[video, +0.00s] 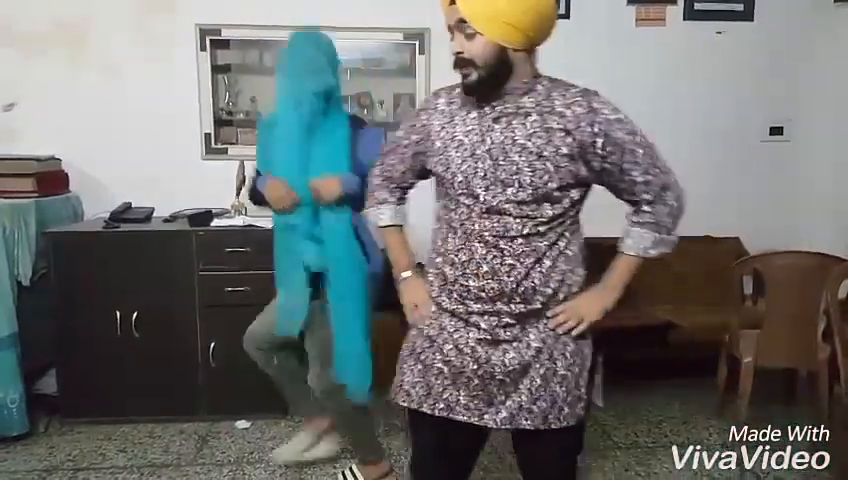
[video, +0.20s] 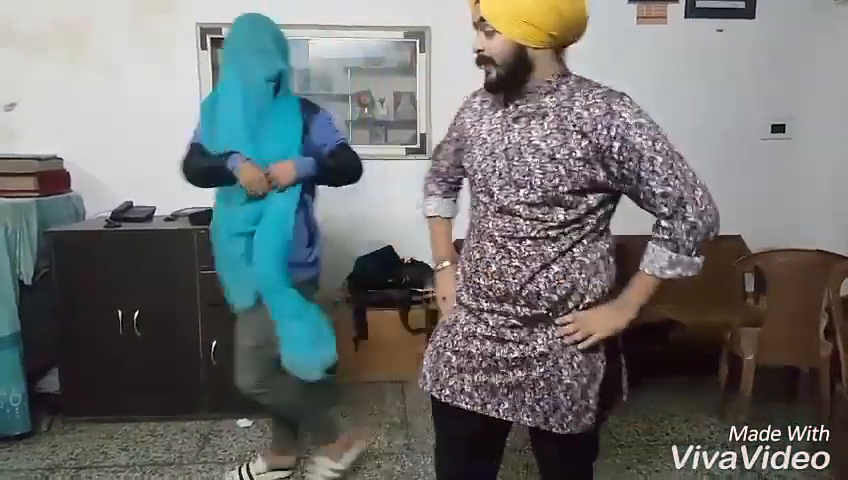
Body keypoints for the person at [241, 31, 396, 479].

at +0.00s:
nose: (301, 85)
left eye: (310, 74)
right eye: (294, 75)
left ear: (328, 74)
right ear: (283, 76)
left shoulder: (356, 132)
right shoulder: (277, 131)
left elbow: (391, 184)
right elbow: (257, 181)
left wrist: (348, 186)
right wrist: (266, 188)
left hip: (346, 272)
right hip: (302, 273)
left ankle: (376, 466)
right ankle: (318, 427)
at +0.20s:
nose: (255, 74)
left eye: (263, 63)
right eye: (246, 64)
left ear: (278, 62)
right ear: (232, 64)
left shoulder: (302, 113)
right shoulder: (220, 112)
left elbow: (349, 165)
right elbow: (192, 167)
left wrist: (299, 168)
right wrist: (235, 167)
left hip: (293, 257)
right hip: (241, 258)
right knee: (281, 363)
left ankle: (333, 437)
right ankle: (282, 452)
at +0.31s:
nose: (233, 73)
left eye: (242, 63)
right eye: (224, 63)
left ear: (258, 59)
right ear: (211, 61)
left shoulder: (286, 111)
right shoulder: (198, 108)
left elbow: (329, 169)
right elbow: (174, 169)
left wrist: (289, 172)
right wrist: (219, 168)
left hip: (276, 254)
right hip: (220, 255)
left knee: (229, 372)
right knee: (244, 363)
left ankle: (286, 456)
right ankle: (275, 453)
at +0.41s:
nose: (217, 91)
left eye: (226, 81)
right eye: (208, 81)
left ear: (245, 77)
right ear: (196, 78)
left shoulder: (275, 127)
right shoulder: (183, 122)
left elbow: (314, 184)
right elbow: (156, 184)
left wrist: (267, 182)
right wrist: (192, 173)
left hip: (257, 270)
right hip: (195, 269)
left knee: (222, 381)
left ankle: (234, 470)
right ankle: (241, 422)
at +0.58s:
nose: (193, 122)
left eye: (203, 111)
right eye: (185, 110)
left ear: (225, 109)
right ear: (176, 107)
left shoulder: (257, 159)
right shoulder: (166, 157)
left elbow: (291, 223)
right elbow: (139, 226)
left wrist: (228, 203)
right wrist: (165, 207)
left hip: (240, 313)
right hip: (178, 308)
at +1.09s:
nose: (175, 137)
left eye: (188, 124)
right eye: (162, 125)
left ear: (208, 117)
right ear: (141, 117)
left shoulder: (234, 175)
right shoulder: (127, 177)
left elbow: (276, 247)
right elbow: (92, 253)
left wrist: (228, 179)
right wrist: (131, 179)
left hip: (221, 370)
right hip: (140, 364)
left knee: (198, 470)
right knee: (113, 470)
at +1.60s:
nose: (215, 100)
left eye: (227, 85)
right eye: (194, 86)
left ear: (243, 76)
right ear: (159, 77)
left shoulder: (260, 139)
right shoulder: (132, 135)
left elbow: (317, 223)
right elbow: (116, 213)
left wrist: (279, 134)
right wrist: (188, 127)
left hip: (259, 367)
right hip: (166, 368)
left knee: (253, 469)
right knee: (170, 468)